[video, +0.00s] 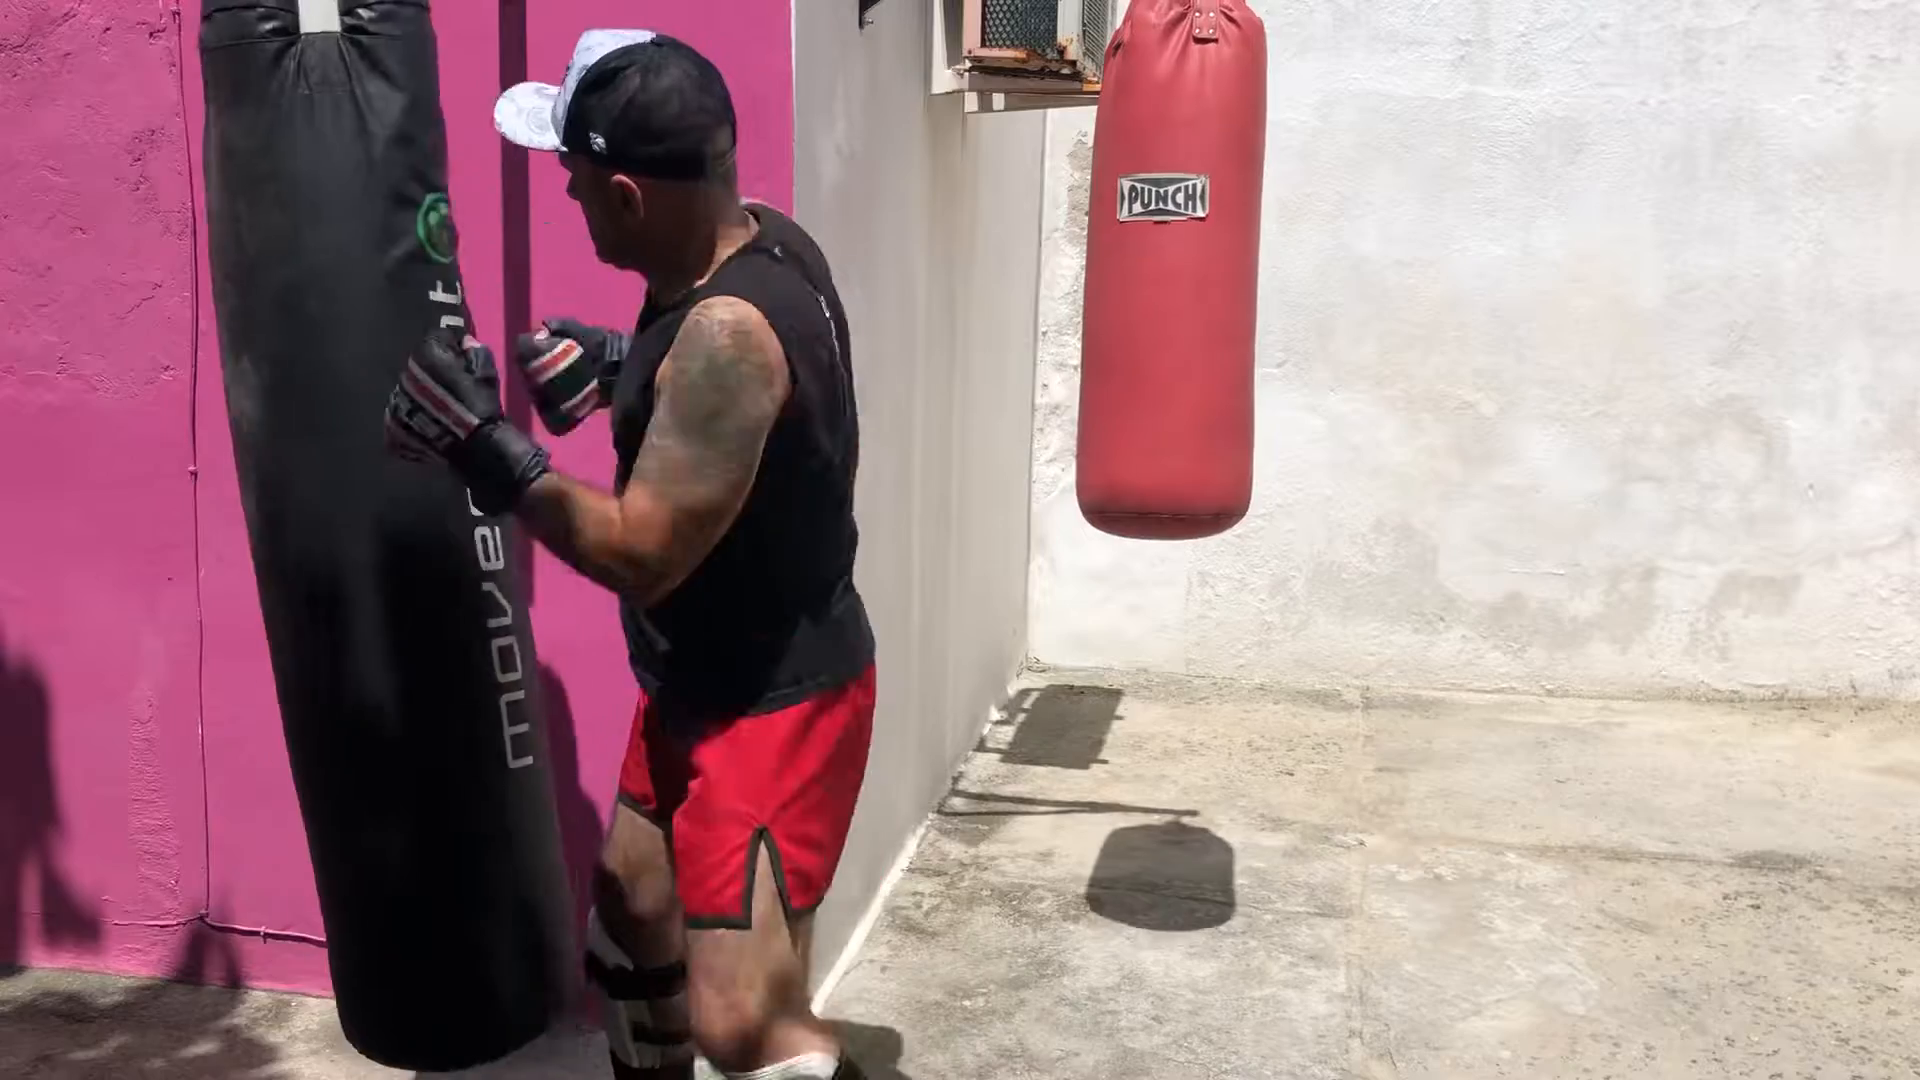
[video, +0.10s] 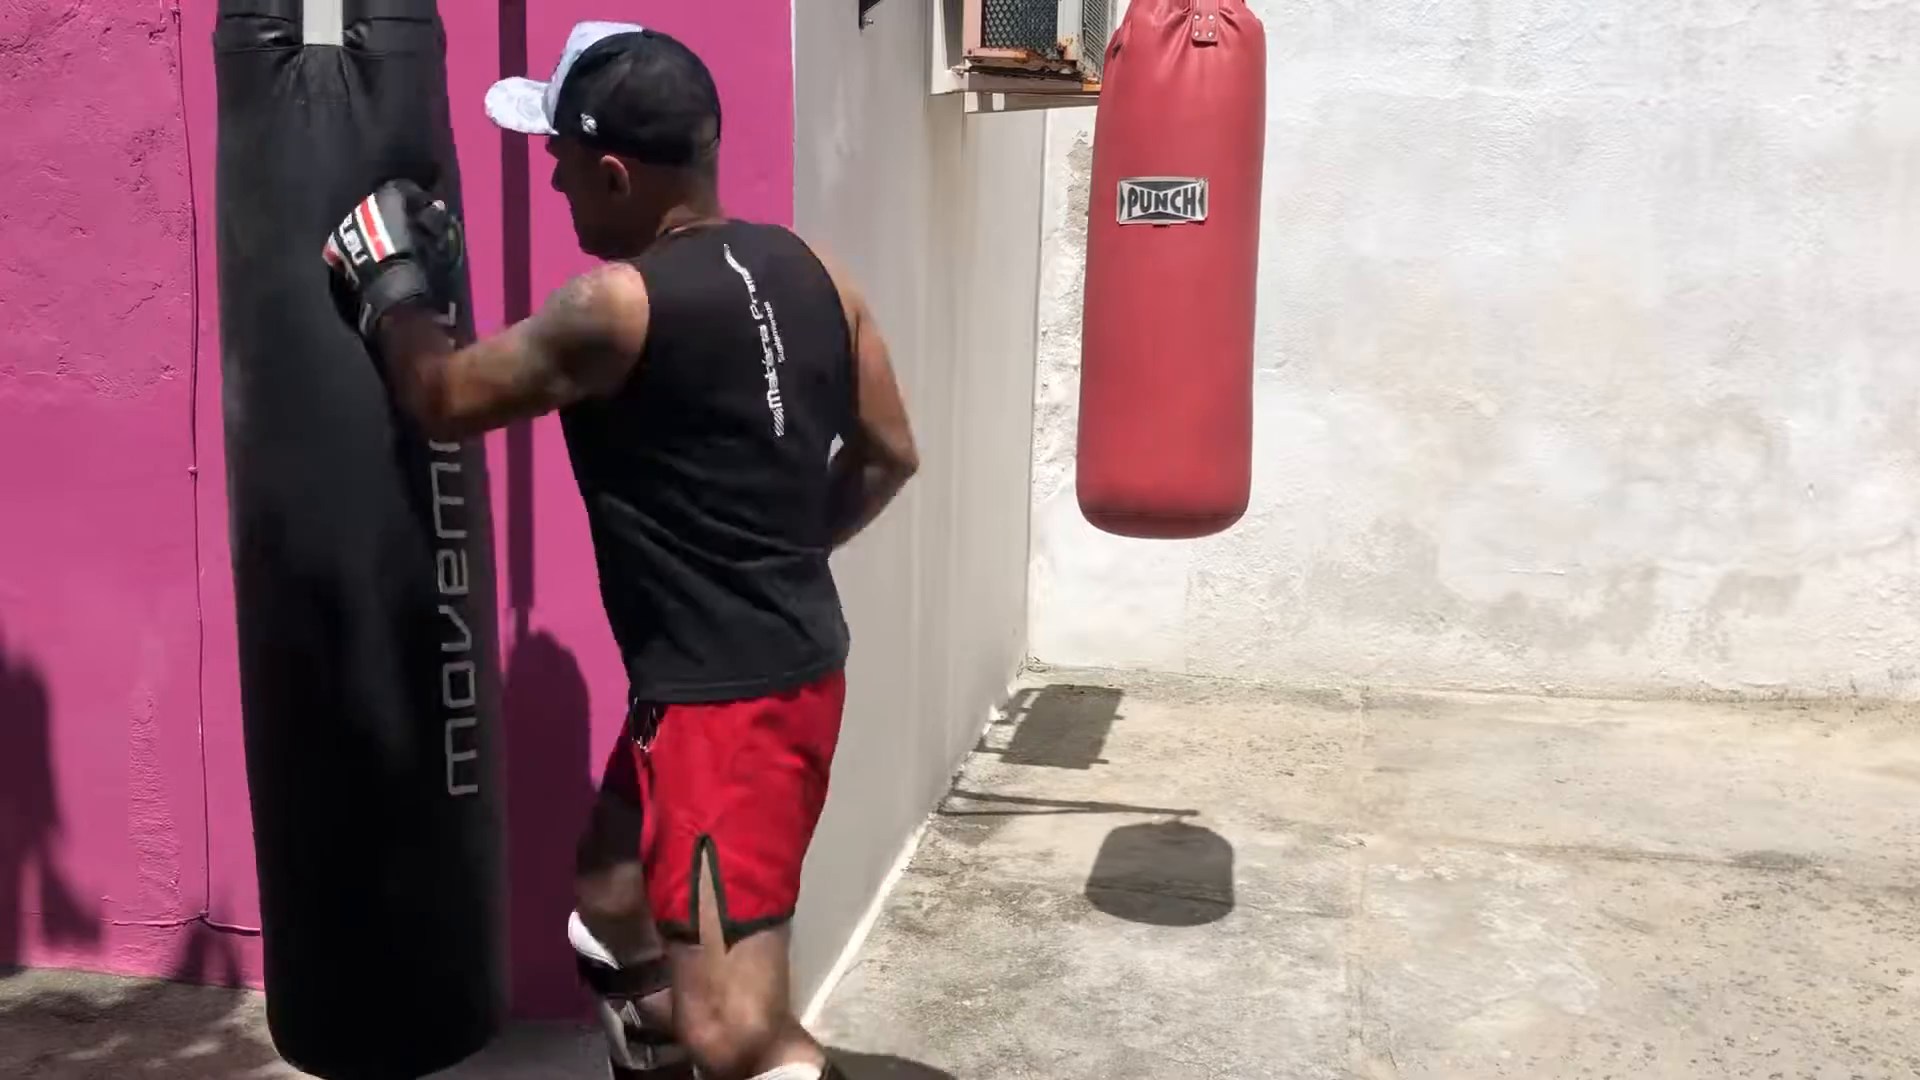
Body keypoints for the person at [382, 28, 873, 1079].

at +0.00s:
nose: (570, 192)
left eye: (577, 176)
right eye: (570, 173)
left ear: (627, 193)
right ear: (708, 166)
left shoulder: (730, 334)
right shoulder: (760, 241)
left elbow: (641, 556)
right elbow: (755, 388)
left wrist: (494, 456)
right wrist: (625, 363)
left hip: (771, 697)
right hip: (697, 675)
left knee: (742, 1019)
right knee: (637, 898)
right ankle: (655, 1064)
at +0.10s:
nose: (557, 185)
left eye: (564, 165)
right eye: (556, 164)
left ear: (616, 172)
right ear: (692, 156)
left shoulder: (618, 305)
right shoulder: (803, 267)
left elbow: (440, 401)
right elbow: (886, 452)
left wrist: (392, 280)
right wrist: (780, 548)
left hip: (720, 689)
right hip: (782, 657)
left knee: (736, 1029)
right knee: (611, 908)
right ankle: (664, 1061)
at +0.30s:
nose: (543, 131)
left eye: (557, 109)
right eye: (549, 108)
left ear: (612, 127)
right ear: (629, 129)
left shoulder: (705, 258)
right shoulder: (636, 264)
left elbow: (576, 466)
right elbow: (625, 412)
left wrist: (508, 391)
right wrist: (564, 320)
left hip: (751, 645)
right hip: (635, 647)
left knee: (766, 983)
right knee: (591, 908)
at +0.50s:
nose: (598, 169)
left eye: (610, 145)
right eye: (602, 146)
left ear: (665, 155)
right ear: (689, 155)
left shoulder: (723, 261)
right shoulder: (740, 264)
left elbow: (536, 414)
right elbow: (757, 477)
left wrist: (582, 290)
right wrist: (631, 542)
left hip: (780, 696)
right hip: (662, 692)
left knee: (846, 1032)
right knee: (541, 909)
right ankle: (629, 1075)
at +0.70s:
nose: (567, 222)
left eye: (586, 196)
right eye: (574, 199)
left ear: (648, 211)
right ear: (650, 215)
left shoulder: (742, 319)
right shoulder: (651, 359)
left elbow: (696, 500)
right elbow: (671, 504)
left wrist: (572, 450)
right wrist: (563, 462)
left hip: (769, 747)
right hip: (635, 748)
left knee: (861, 1041)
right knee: (529, 964)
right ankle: (610, 1079)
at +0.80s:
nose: (538, 211)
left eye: (562, 189)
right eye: (543, 191)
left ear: (639, 202)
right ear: (623, 207)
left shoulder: (749, 312)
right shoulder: (569, 368)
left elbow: (717, 457)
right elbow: (495, 491)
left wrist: (566, 404)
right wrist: (340, 486)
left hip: (782, 714)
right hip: (618, 726)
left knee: (887, 1004)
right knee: (522, 998)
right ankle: (601, 1078)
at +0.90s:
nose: (522, 207)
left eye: (539, 184)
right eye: (523, 188)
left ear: (612, 187)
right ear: (595, 196)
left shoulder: (709, 270)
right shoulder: (590, 349)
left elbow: (574, 405)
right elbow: (601, 527)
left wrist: (508, 338)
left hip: (770, 672)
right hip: (627, 698)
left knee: (890, 958)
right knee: (548, 972)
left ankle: (989, 1068)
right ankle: (599, 1074)